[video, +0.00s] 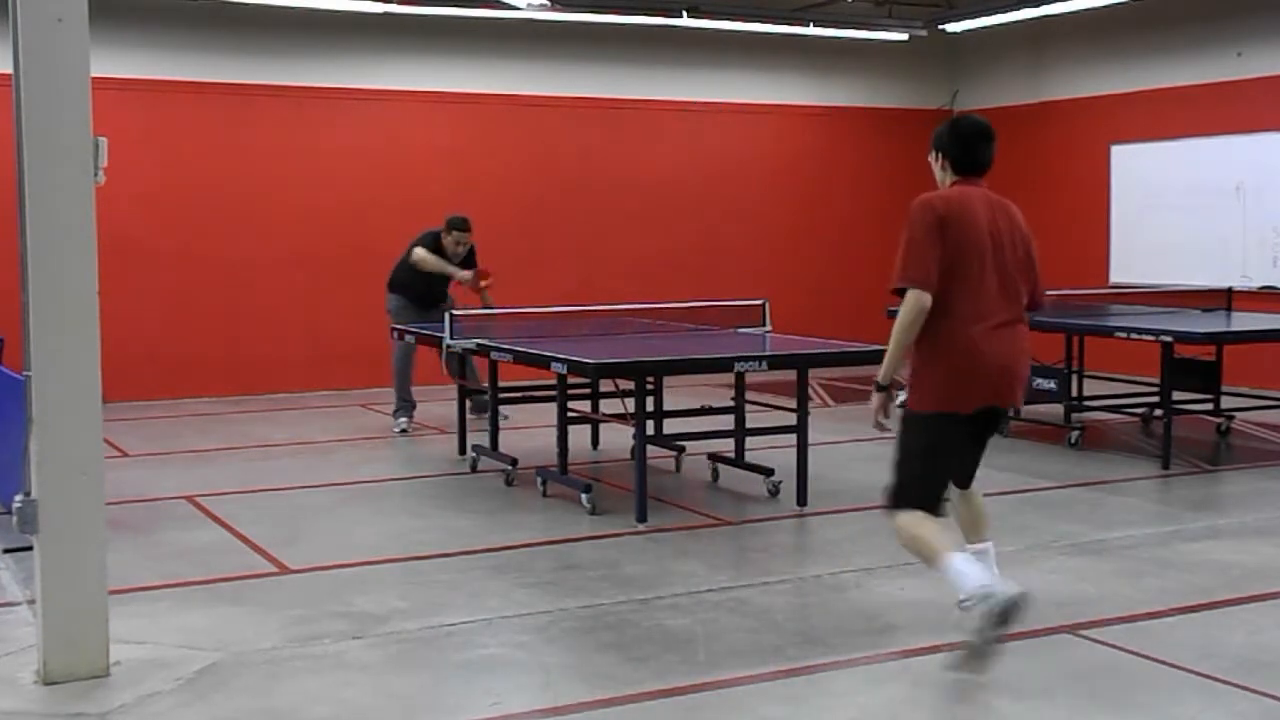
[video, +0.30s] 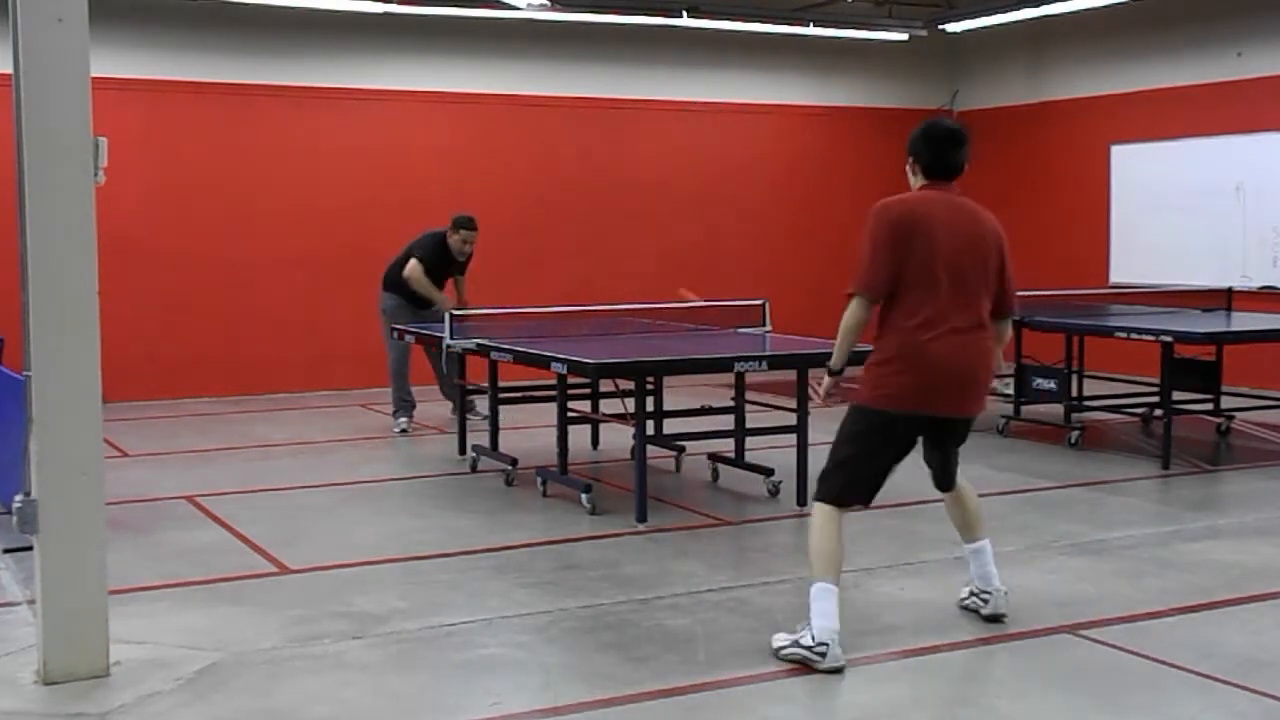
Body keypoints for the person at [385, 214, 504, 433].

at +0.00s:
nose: (462, 250)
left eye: (466, 244)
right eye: (457, 243)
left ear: (471, 240)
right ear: (445, 236)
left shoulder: (467, 251)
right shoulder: (429, 241)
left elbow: (473, 280)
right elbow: (417, 257)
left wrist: (487, 302)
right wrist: (457, 273)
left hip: (437, 302)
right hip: (405, 299)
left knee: (457, 349)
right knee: (405, 347)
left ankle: (479, 402)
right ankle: (403, 412)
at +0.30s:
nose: (468, 248)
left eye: (472, 243)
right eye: (464, 242)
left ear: (476, 239)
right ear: (450, 234)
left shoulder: (465, 252)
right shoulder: (432, 245)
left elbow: (459, 275)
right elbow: (411, 273)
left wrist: (462, 299)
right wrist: (440, 299)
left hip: (428, 302)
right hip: (398, 298)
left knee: (445, 351)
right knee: (399, 353)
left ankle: (461, 402)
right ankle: (402, 412)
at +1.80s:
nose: (426, 224)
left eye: (430, 219)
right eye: (421, 218)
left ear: (433, 218)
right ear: (410, 215)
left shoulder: (433, 241)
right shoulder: (391, 227)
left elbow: (437, 279)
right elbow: (351, 235)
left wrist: (444, 311)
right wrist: (355, 237)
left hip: (412, 308)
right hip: (376, 305)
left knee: (428, 356)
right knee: (361, 354)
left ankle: (446, 402)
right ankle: (354, 410)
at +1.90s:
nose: (435, 219)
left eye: (438, 214)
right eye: (430, 213)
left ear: (441, 214)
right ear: (416, 211)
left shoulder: (442, 238)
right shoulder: (396, 227)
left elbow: (445, 275)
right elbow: (361, 241)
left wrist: (447, 307)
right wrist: (359, 252)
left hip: (418, 306)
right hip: (382, 304)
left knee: (435, 353)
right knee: (368, 354)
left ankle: (447, 403)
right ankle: (356, 408)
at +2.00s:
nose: (436, 211)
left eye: (439, 206)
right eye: (430, 206)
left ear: (442, 207)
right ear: (417, 205)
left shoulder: (445, 233)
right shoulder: (396, 223)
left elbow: (452, 269)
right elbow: (366, 241)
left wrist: (456, 302)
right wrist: (363, 261)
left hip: (421, 303)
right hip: (385, 301)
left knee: (436, 354)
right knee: (369, 352)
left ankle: (447, 403)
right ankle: (355, 406)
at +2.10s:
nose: (431, 204)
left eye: (435, 200)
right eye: (426, 199)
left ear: (439, 201)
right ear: (414, 200)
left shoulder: (443, 228)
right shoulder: (394, 220)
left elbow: (452, 261)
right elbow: (367, 239)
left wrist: (457, 292)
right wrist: (365, 268)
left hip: (422, 303)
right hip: (386, 300)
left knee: (435, 354)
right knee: (369, 351)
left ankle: (447, 402)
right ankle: (352, 405)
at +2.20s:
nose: (423, 203)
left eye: (426, 198)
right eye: (417, 198)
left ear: (430, 200)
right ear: (405, 199)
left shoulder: (437, 226)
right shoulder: (389, 220)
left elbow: (448, 258)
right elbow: (366, 242)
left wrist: (451, 286)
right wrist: (366, 273)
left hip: (423, 304)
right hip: (387, 303)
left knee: (440, 352)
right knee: (368, 352)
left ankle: (452, 402)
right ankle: (348, 405)